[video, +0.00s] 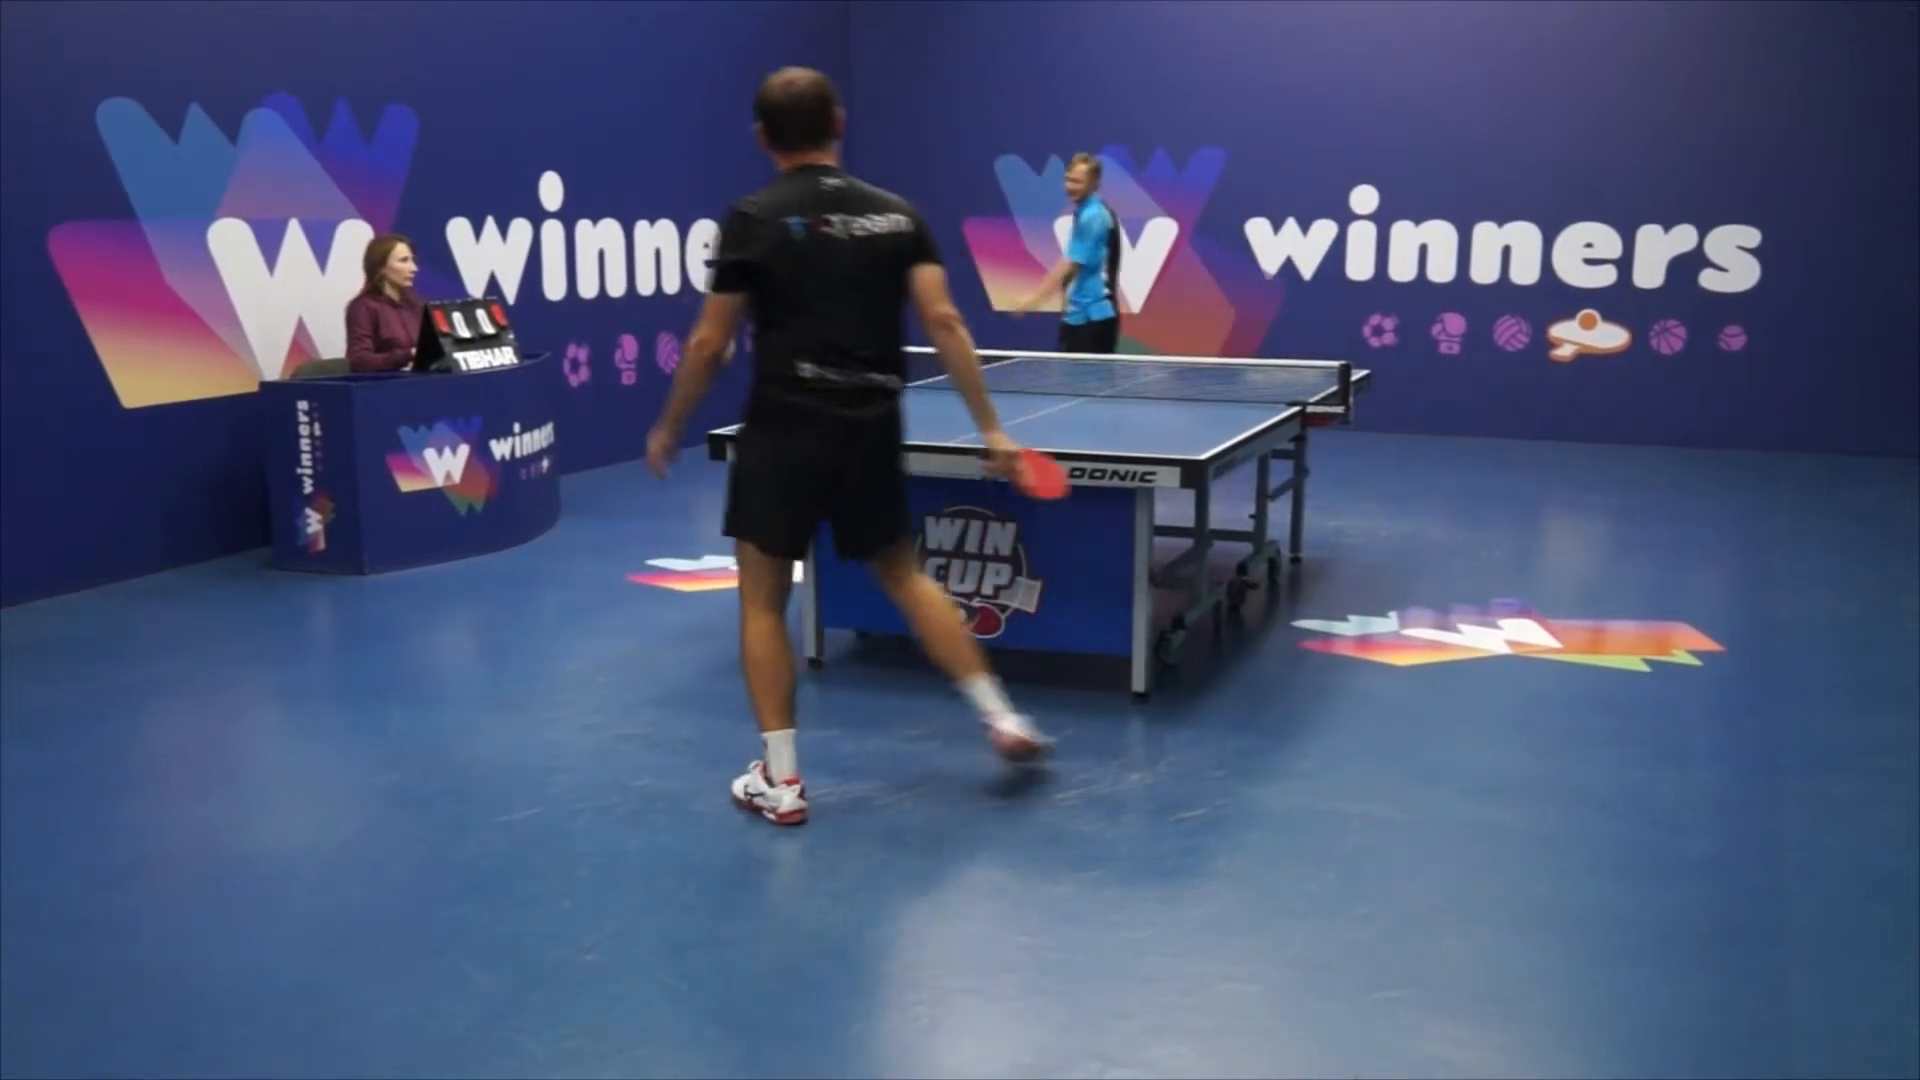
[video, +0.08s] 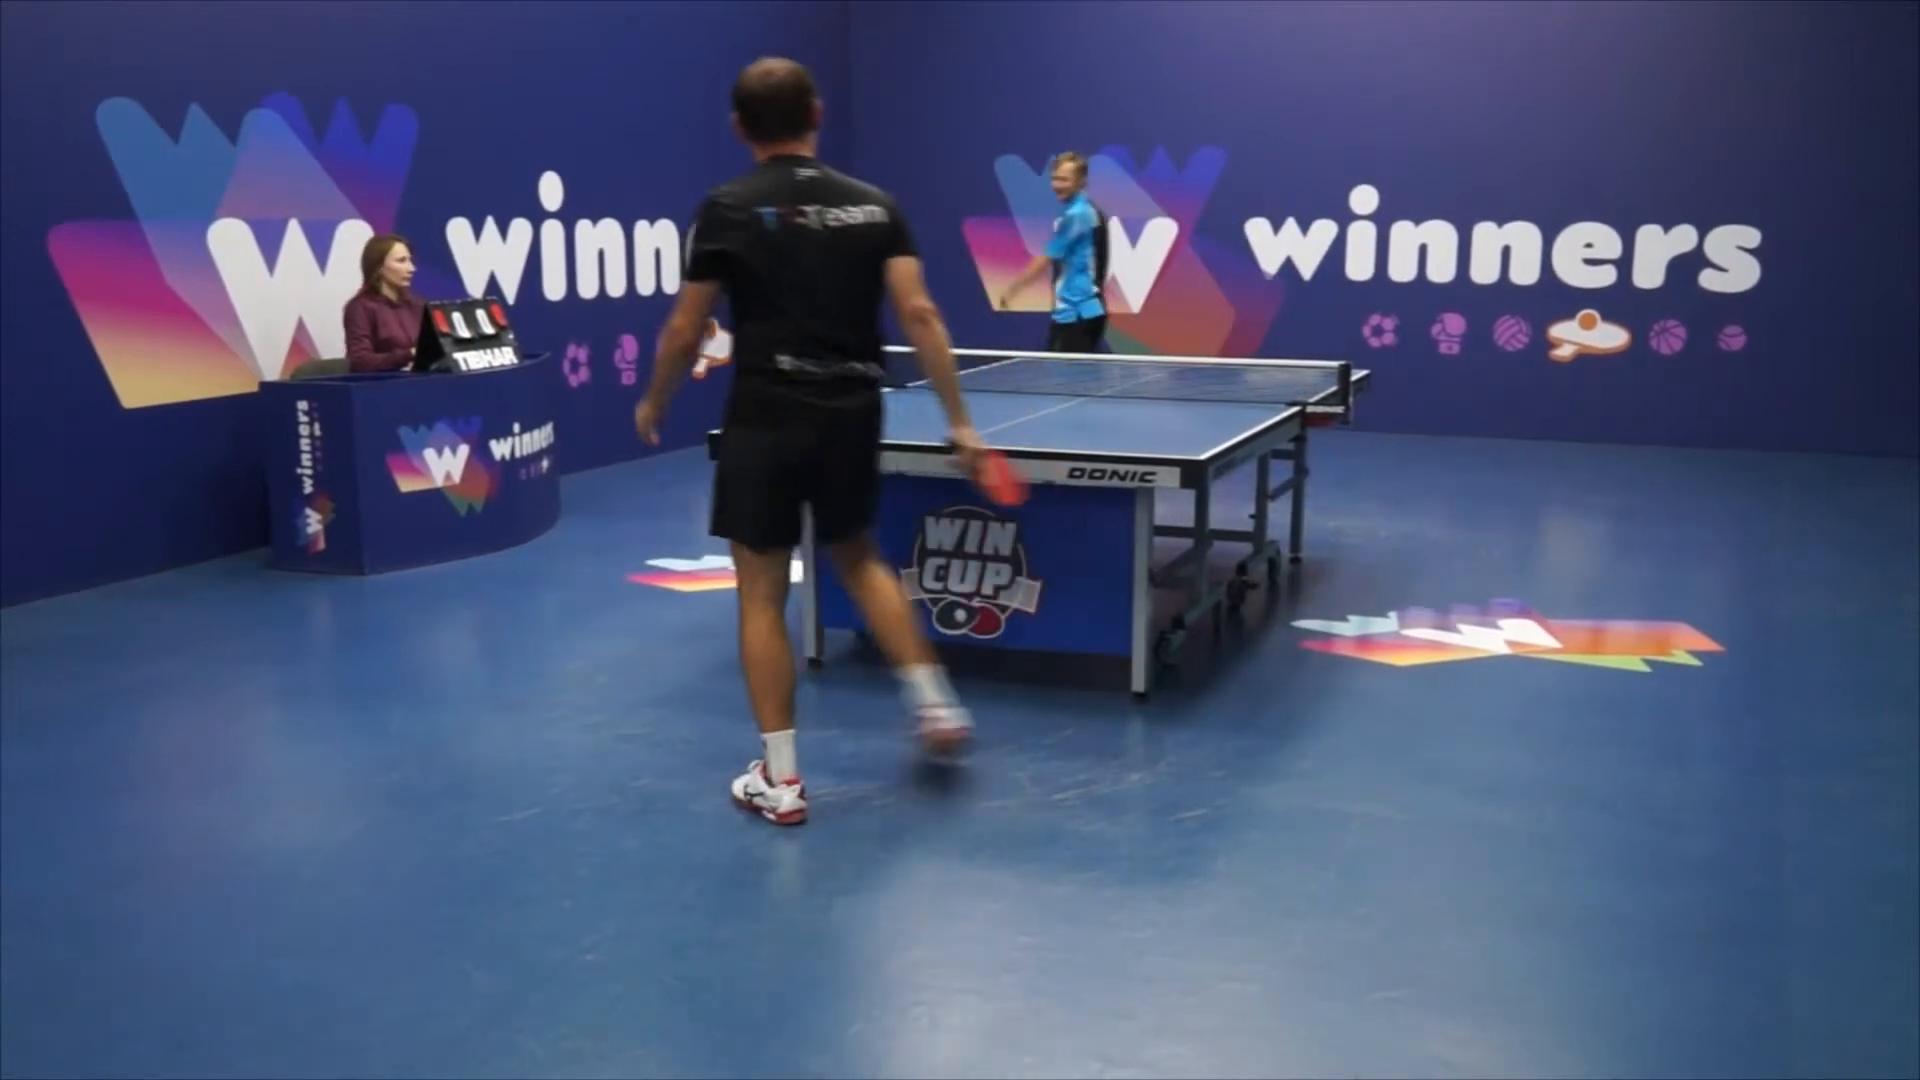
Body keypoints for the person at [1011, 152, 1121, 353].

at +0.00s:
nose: (1069, 187)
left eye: (1076, 182)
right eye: (1068, 180)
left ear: (1093, 183)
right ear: (1065, 179)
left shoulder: (1094, 216)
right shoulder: (1083, 212)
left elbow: (1071, 265)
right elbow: (1069, 262)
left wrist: (1033, 300)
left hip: (1094, 317)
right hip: (1076, 317)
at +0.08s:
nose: (1056, 185)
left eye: (1064, 180)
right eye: (1054, 179)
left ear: (1081, 182)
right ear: (1051, 179)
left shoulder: (1076, 216)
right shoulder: (1085, 212)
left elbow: (1044, 260)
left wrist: (1009, 292)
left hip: (1077, 315)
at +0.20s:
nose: (1034, 190)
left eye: (1041, 184)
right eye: (1032, 184)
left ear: (1058, 186)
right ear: (1029, 184)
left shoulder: (1049, 217)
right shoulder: (1073, 216)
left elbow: (1025, 254)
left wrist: (1011, 267)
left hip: (1056, 317)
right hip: (1074, 315)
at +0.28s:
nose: (1019, 196)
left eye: (1024, 189)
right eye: (1017, 190)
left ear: (1042, 188)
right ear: (1014, 190)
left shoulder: (1035, 218)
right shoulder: (1059, 217)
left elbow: (1016, 251)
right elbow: (1070, 266)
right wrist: (1075, 309)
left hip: (1041, 318)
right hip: (1061, 316)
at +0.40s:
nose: (999, 191)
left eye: (1005, 185)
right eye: (997, 185)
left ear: (1023, 185)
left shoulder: (1014, 217)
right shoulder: (1040, 217)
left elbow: (997, 255)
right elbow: (1046, 270)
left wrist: (999, 272)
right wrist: (1057, 310)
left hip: (1016, 318)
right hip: (1038, 316)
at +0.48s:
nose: (986, 189)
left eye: (993, 183)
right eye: (984, 182)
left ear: (1011, 184)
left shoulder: (1002, 217)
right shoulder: (1027, 216)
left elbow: (984, 268)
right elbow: (1031, 272)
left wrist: (975, 304)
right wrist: (1039, 314)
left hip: (1002, 320)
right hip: (1024, 319)